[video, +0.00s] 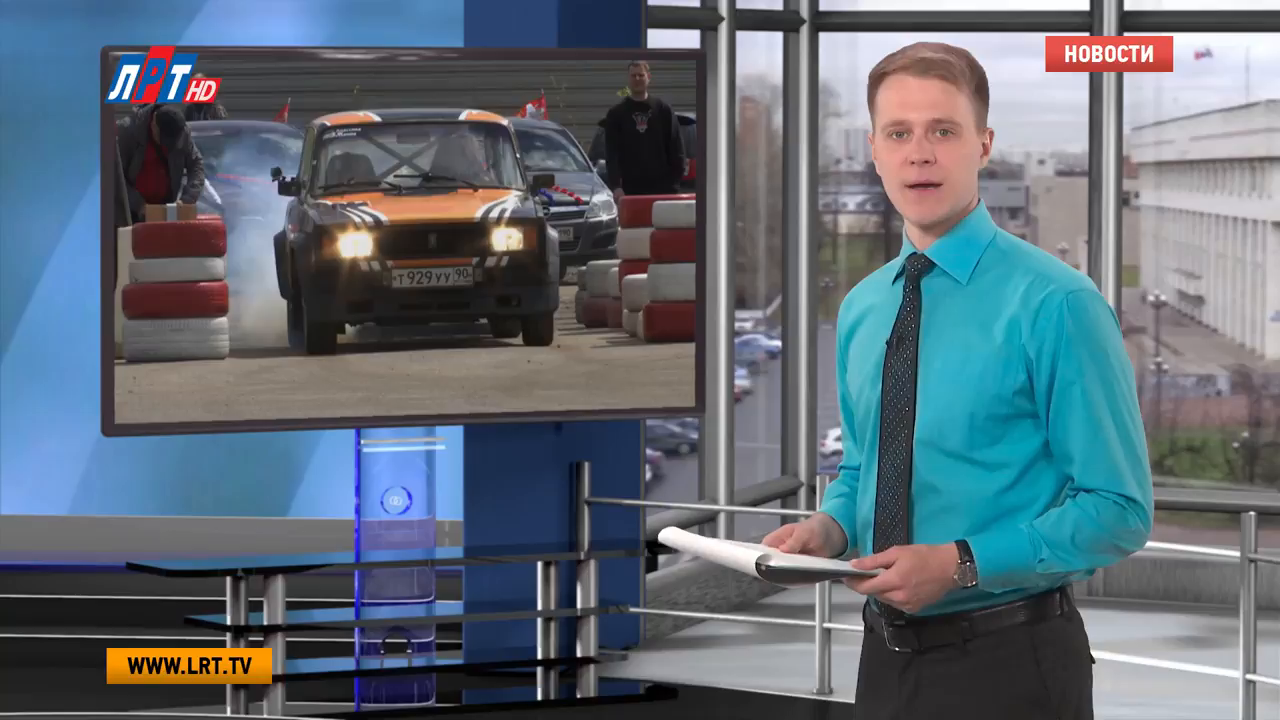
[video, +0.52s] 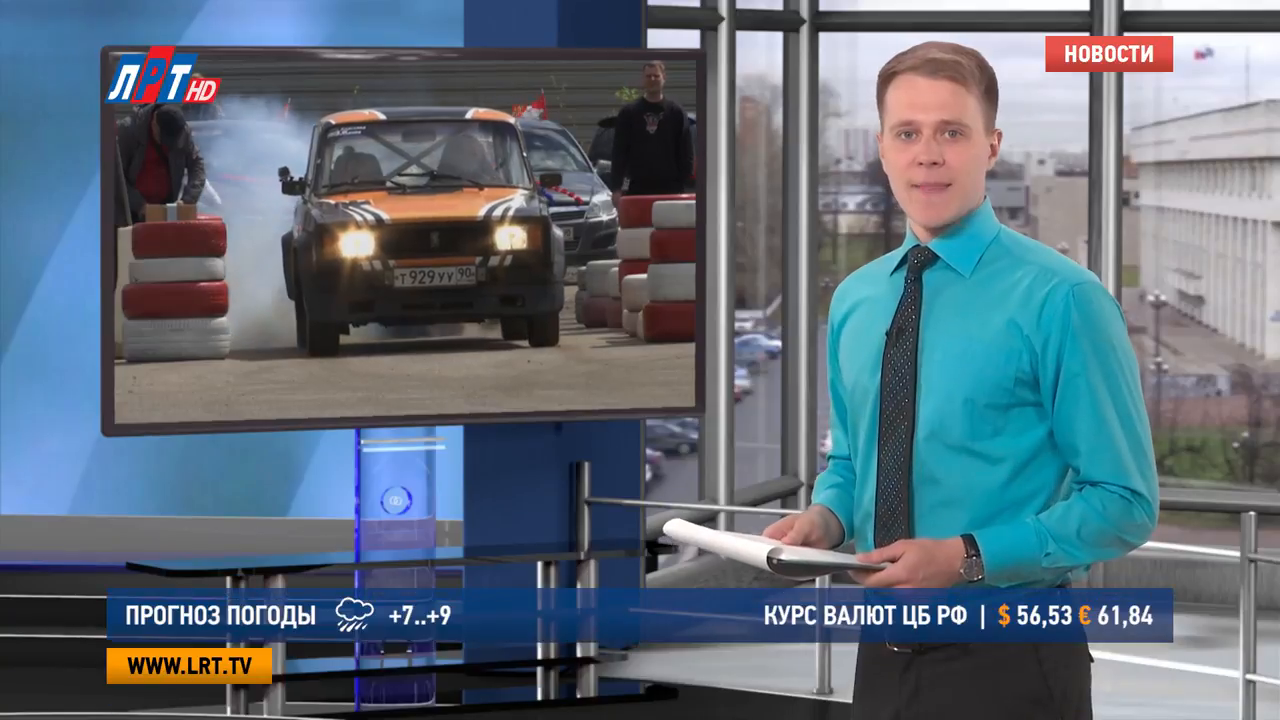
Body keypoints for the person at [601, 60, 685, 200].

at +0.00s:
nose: (637, 79)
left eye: (641, 75)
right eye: (633, 76)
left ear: (649, 77)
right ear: (628, 79)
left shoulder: (663, 110)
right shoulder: (616, 113)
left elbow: (676, 147)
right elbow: (611, 154)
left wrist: (675, 182)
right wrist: (616, 186)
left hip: (662, 186)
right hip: (631, 188)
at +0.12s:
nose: (638, 80)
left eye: (641, 76)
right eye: (634, 76)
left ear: (649, 78)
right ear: (628, 79)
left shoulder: (664, 110)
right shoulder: (617, 114)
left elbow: (676, 148)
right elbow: (612, 154)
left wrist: (675, 183)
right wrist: (615, 189)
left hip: (663, 187)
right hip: (631, 188)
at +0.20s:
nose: (639, 80)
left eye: (643, 76)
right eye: (635, 76)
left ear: (650, 78)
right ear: (630, 80)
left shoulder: (666, 111)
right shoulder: (618, 114)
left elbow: (678, 151)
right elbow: (612, 155)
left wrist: (674, 185)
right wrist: (614, 190)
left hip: (664, 188)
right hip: (632, 188)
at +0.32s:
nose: (643, 80)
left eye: (647, 76)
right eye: (639, 77)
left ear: (654, 79)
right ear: (634, 80)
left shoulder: (669, 112)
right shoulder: (621, 114)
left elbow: (680, 150)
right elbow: (614, 155)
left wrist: (676, 183)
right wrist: (614, 190)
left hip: (665, 187)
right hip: (633, 187)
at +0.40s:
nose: (646, 80)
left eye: (650, 76)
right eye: (642, 77)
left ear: (658, 78)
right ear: (637, 80)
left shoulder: (672, 113)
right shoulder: (624, 114)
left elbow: (682, 152)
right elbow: (616, 154)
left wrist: (677, 186)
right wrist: (614, 190)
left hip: (667, 188)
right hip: (634, 188)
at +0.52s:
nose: (652, 80)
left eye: (656, 76)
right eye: (648, 76)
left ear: (664, 78)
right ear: (643, 79)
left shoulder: (676, 113)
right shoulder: (628, 113)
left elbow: (686, 152)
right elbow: (619, 152)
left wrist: (682, 186)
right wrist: (616, 188)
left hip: (670, 188)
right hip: (637, 188)